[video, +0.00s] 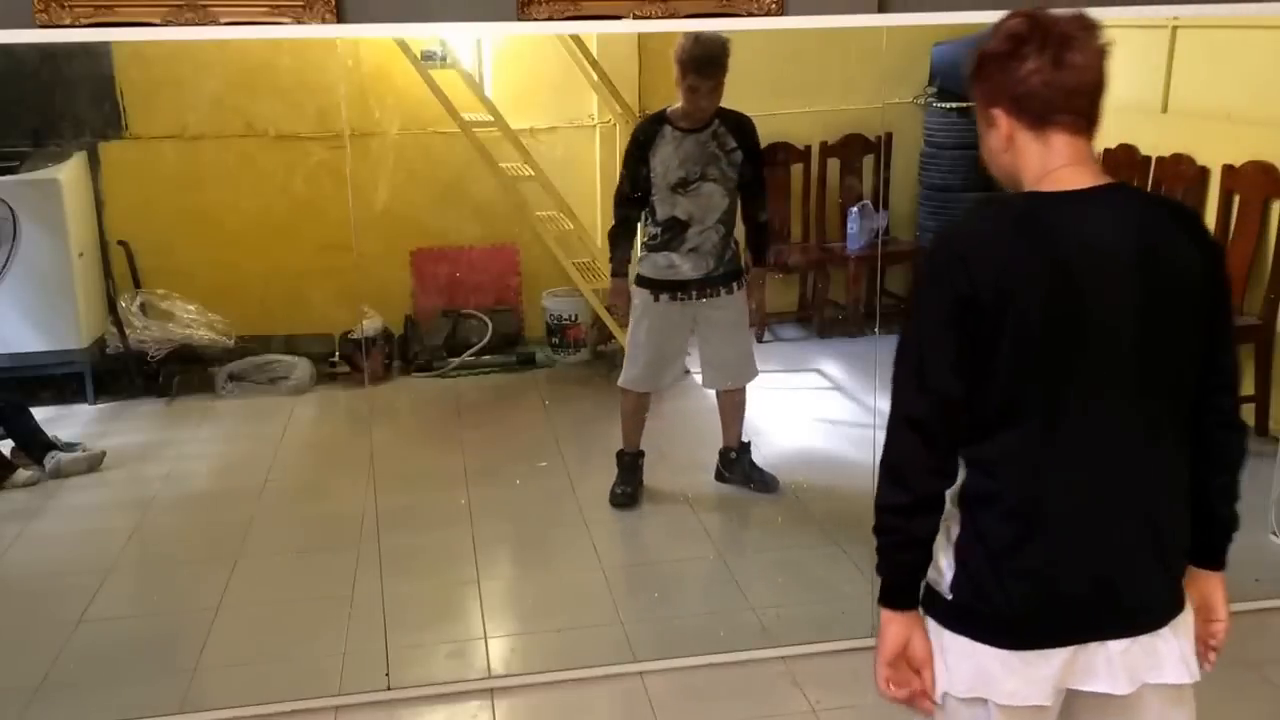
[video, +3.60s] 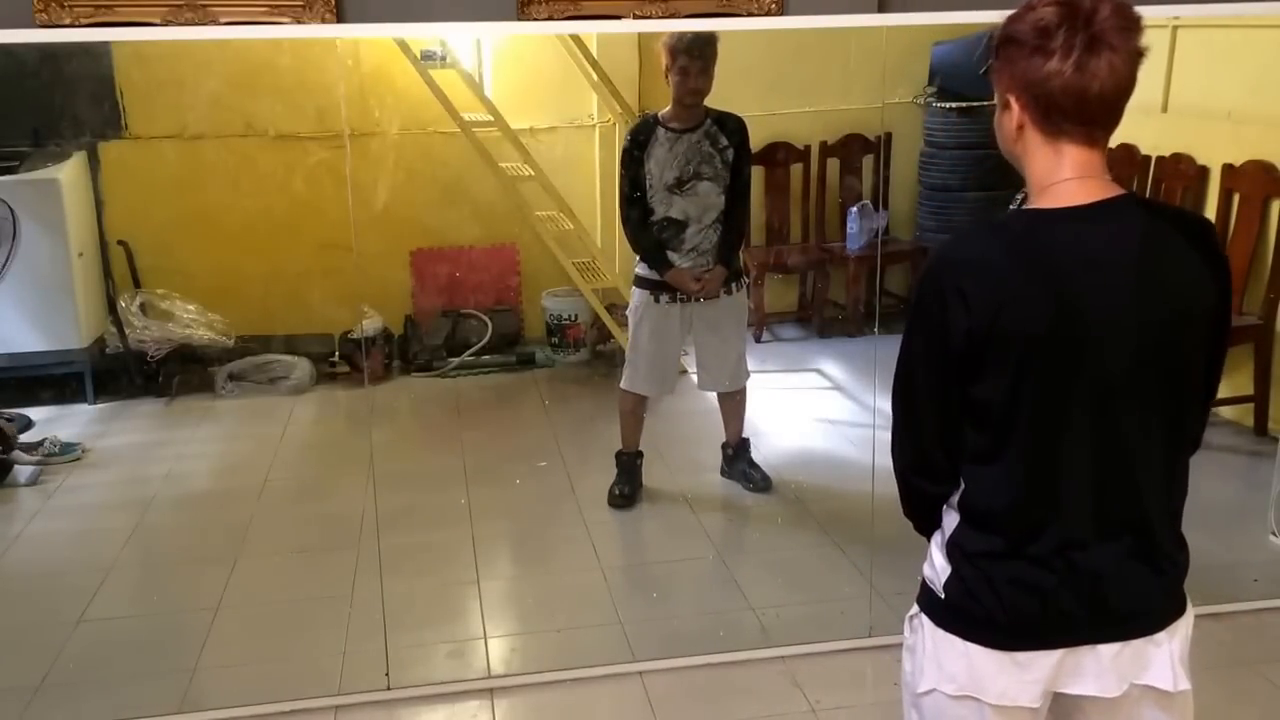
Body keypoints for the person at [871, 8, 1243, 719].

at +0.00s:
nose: (980, 144)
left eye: (979, 125)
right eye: (980, 125)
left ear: (999, 122)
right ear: (1089, 111)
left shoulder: (970, 252)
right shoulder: (1181, 238)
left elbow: (918, 442)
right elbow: (1218, 419)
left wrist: (899, 602)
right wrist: (1206, 562)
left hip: (1003, 611)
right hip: (1147, 604)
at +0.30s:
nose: (907, 165)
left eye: (900, 147)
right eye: (903, 148)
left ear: (915, 139)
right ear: (1007, 121)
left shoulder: (905, 262)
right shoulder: (1120, 227)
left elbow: (910, 462)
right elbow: (1177, 405)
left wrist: (970, 630)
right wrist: (1184, 570)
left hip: (968, 635)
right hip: (1119, 619)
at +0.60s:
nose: (978, 176)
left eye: (972, 157)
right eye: (971, 159)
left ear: (992, 143)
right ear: (1077, 123)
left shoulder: (975, 256)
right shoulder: (1187, 238)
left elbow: (938, 450)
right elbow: (1214, 422)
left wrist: (918, 617)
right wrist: (1216, 574)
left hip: (1005, 618)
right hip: (1151, 611)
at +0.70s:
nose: (1008, 183)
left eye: (1000, 160)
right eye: (1001, 163)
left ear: (1018, 141)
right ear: (1109, 128)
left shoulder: (992, 252)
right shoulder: (1212, 244)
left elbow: (925, 433)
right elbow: (1216, 426)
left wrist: (876, 578)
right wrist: (1190, 552)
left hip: (1007, 611)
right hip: (1155, 609)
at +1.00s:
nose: (1007, 181)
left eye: (1001, 159)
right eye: (1003, 161)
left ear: (1019, 144)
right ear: (1114, 133)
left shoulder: (989, 254)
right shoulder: (1214, 245)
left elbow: (932, 436)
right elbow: (1199, 419)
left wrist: (936, 539)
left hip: (998, 616)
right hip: (1153, 615)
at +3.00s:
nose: (985, 123)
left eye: (986, 106)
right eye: (987, 106)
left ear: (1006, 117)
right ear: (1105, 107)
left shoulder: (961, 264)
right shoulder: (1187, 248)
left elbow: (920, 478)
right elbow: (1178, 428)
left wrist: (992, 536)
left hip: (983, 628)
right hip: (1138, 626)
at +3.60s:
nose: (993, 118)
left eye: (994, 100)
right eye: (994, 99)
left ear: (1014, 113)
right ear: (1114, 105)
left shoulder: (968, 266)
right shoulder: (1193, 252)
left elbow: (921, 468)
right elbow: (1184, 430)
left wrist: (964, 539)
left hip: (988, 627)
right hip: (1142, 625)